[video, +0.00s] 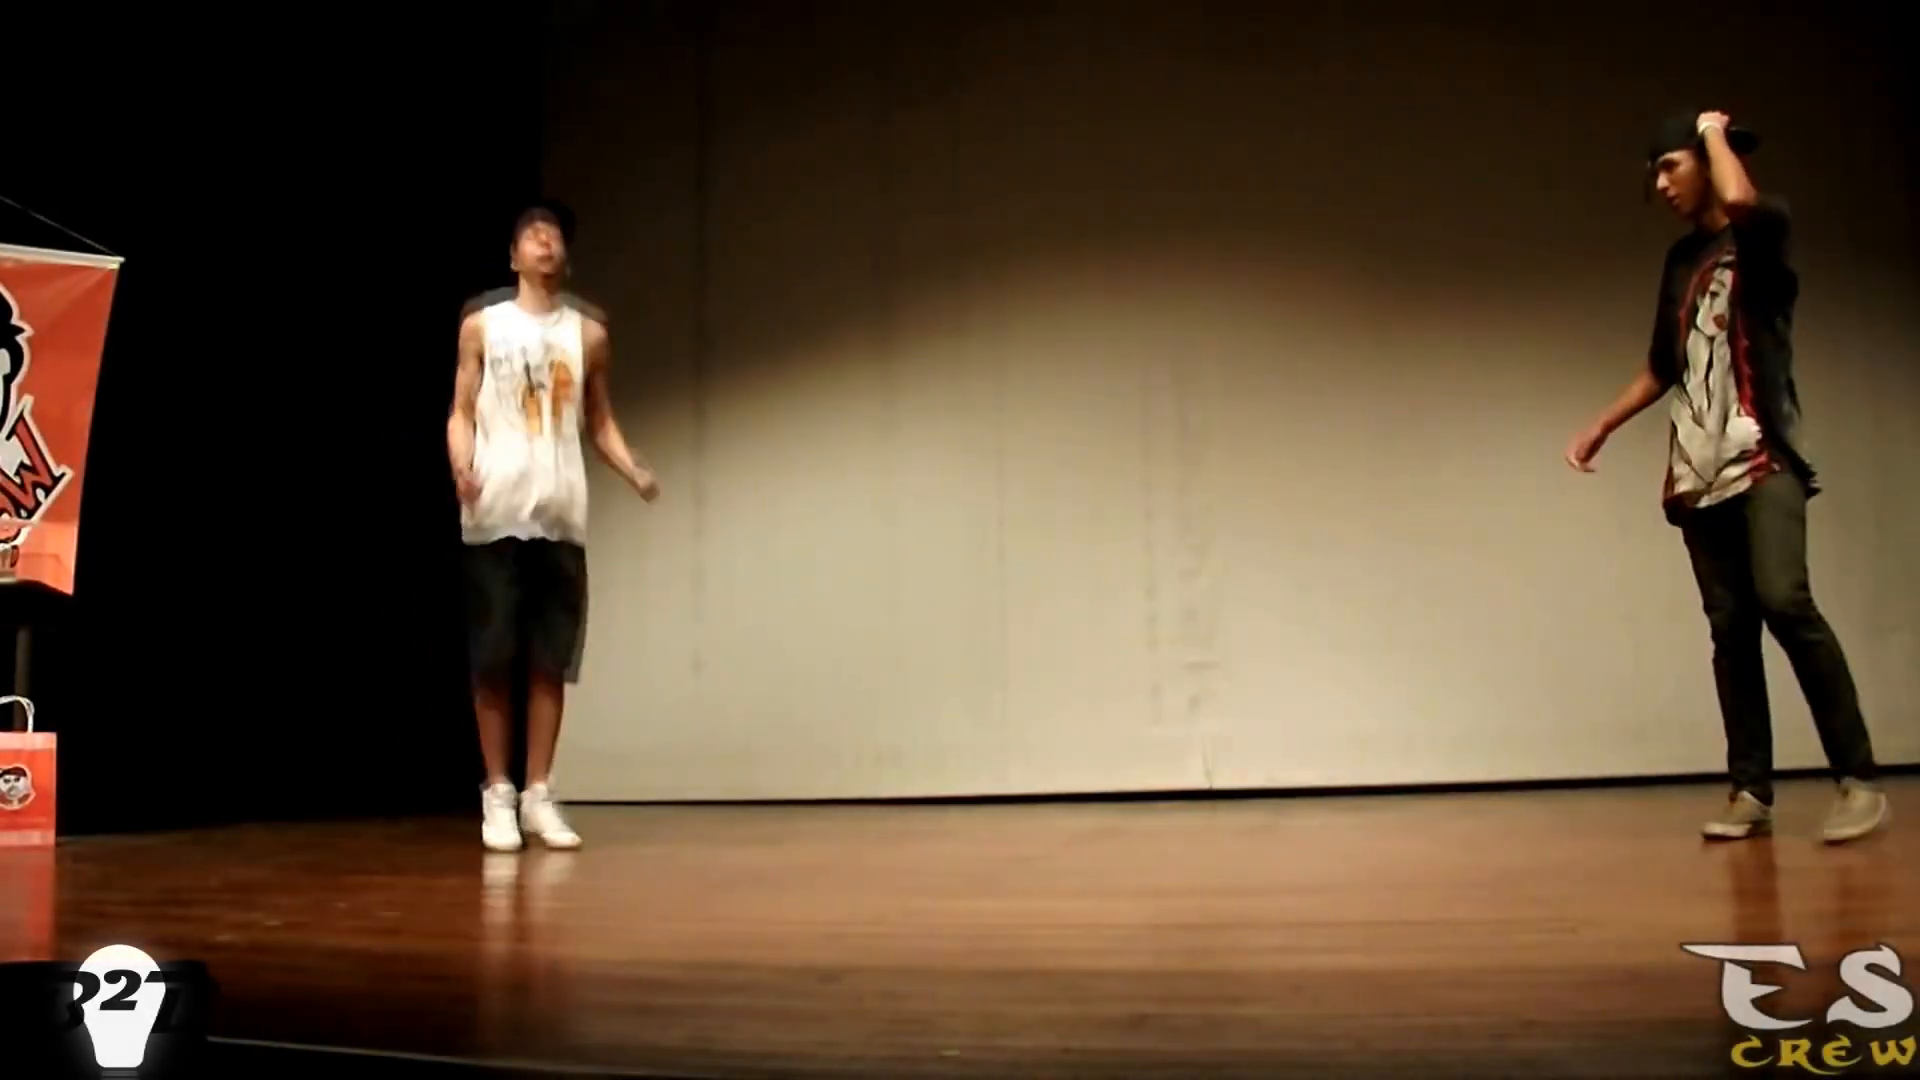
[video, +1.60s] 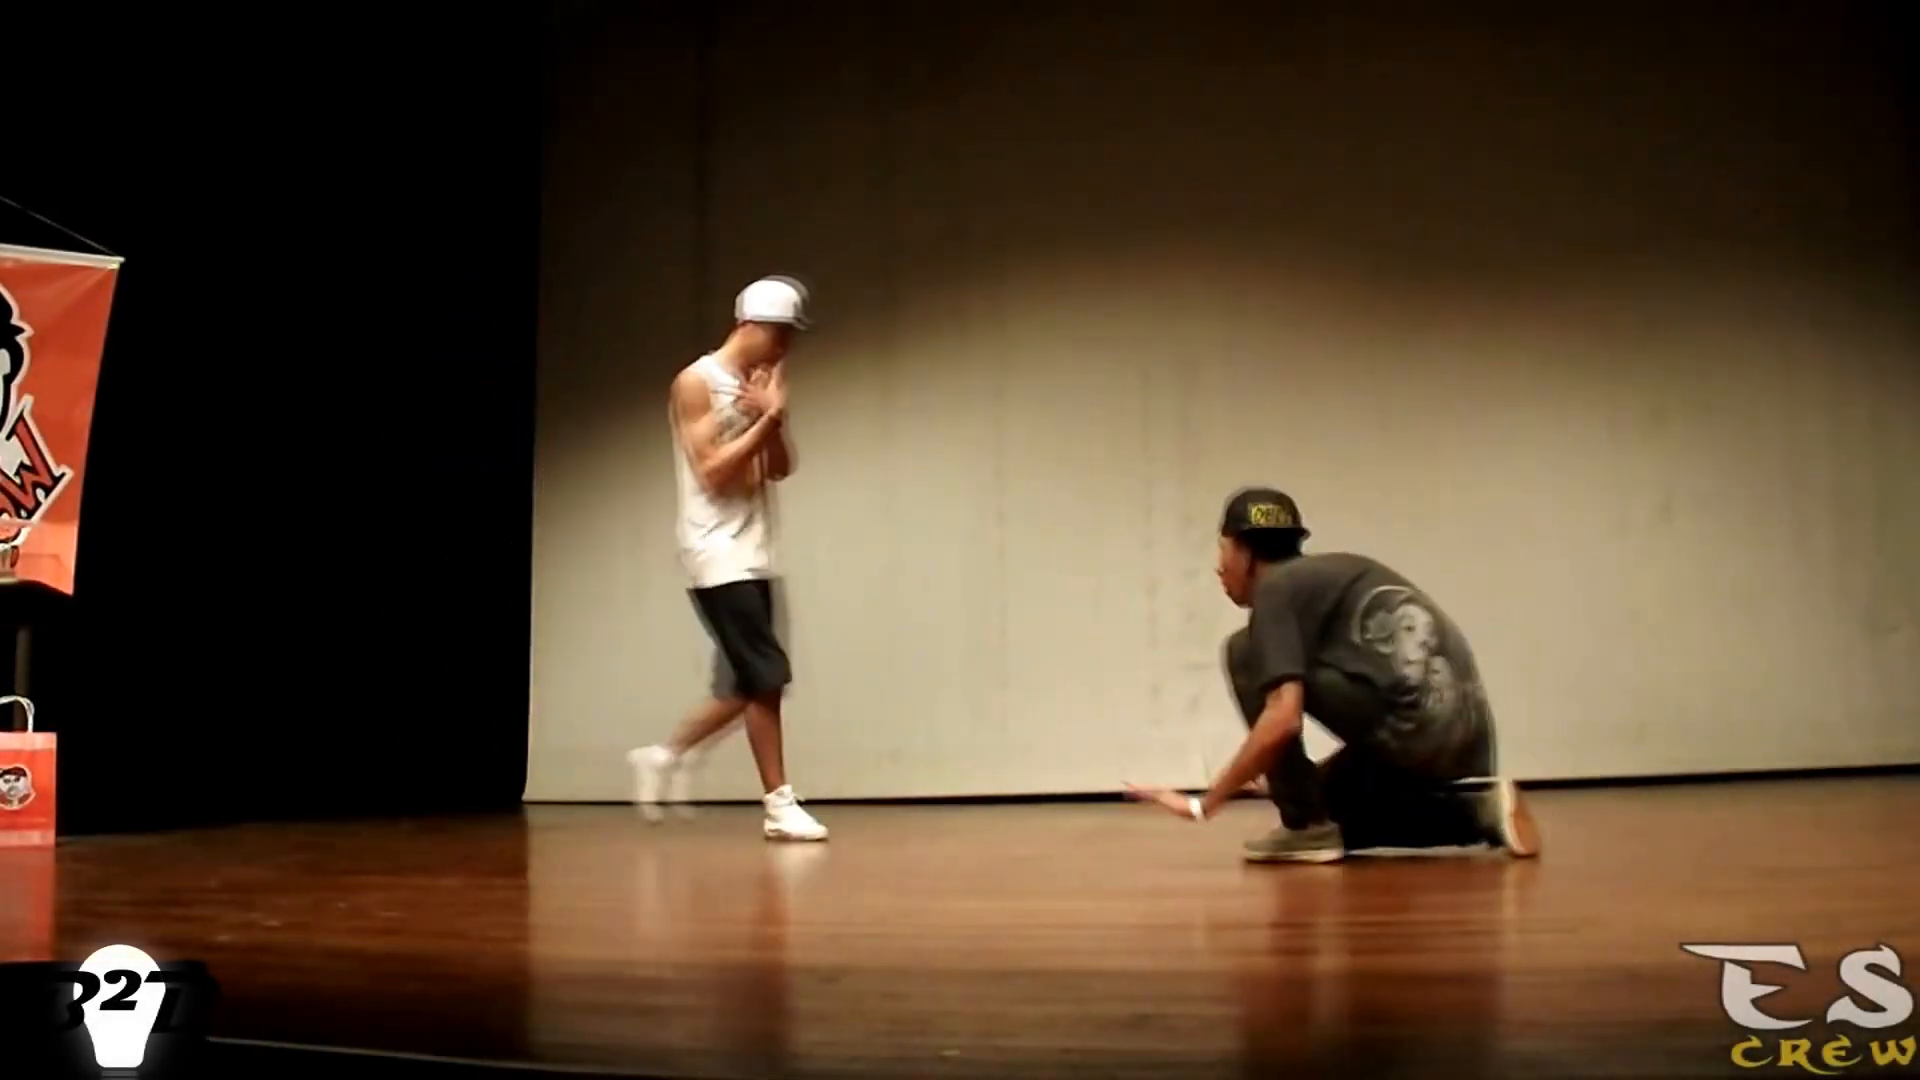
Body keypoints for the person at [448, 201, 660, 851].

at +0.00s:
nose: (545, 245)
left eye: (554, 236)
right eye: (534, 236)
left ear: (566, 253)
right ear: (514, 251)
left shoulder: (589, 332)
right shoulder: (481, 325)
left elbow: (600, 420)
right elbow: (462, 410)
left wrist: (633, 470)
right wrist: (463, 465)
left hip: (560, 520)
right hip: (492, 519)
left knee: (551, 666)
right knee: (493, 665)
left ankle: (538, 797)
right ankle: (498, 796)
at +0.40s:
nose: (511, 279)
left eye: (523, 268)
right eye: (503, 267)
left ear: (543, 274)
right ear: (491, 271)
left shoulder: (569, 342)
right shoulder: (465, 342)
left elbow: (593, 434)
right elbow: (447, 431)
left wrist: (553, 410)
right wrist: (443, 431)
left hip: (541, 531)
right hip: (471, 530)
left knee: (550, 666)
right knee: (461, 666)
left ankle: (551, 796)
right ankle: (464, 797)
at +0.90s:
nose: (581, 352)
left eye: (590, 344)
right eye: (573, 340)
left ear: (602, 345)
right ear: (552, 334)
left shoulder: (613, 392)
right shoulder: (514, 387)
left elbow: (607, 468)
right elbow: (511, 468)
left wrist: (573, 417)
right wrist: (557, 421)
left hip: (582, 565)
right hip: (513, 562)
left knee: (598, 688)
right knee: (472, 679)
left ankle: (579, 786)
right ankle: (440, 799)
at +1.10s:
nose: (654, 356)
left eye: (660, 348)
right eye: (650, 343)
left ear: (661, 348)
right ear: (624, 331)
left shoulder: (650, 389)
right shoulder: (566, 380)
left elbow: (653, 471)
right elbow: (568, 464)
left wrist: (645, 415)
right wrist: (621, 418)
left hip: (629, 555)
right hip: (571, 551)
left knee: (636, 680)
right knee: (554, 677)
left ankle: (593, 782)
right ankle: (530, 790)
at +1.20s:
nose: (680, 357)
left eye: (687, 348)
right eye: (677, 343)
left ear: (684, 347)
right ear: (650, 328)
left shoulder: (671, 385)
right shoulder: (591, 373)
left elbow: (670, 471)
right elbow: (591, 458)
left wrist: (666, 414)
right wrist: (646, 417)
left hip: (647, 544)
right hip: (598, 542)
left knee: (638, 673)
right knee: (621, 670)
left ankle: (595, 779)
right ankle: (601, 781)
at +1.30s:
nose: (710, 363)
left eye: (716, 352)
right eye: (705, 348)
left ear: (711, 351)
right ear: (674, 332)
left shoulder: (695, 393)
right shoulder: (616, 381)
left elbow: (696, 478)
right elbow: (619, 467)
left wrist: (687, 425)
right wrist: (675, 427)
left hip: (668, 552)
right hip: (621, 550)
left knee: (634, 675)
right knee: (667, 671)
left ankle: (584, 782)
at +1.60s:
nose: (784, 349)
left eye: (789, 337)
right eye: (779, 335)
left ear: (776, 335)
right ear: (750, 326)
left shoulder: (757, 382)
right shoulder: (695, 382)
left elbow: (780, 467)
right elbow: (712, 472)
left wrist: (771, 413)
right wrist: (766, 418)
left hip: (753, 554)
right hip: (717, 557)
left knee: (748, 685)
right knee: (765, 674)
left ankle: (663, 757)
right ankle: (778, 803)